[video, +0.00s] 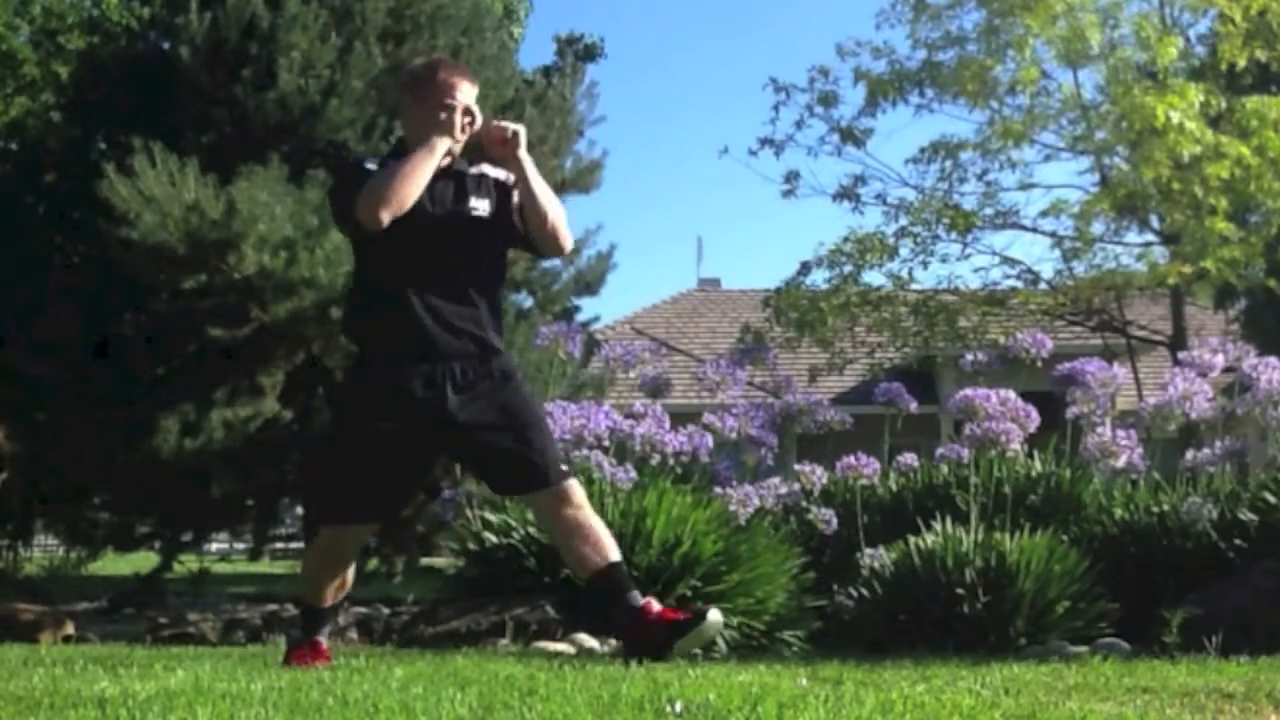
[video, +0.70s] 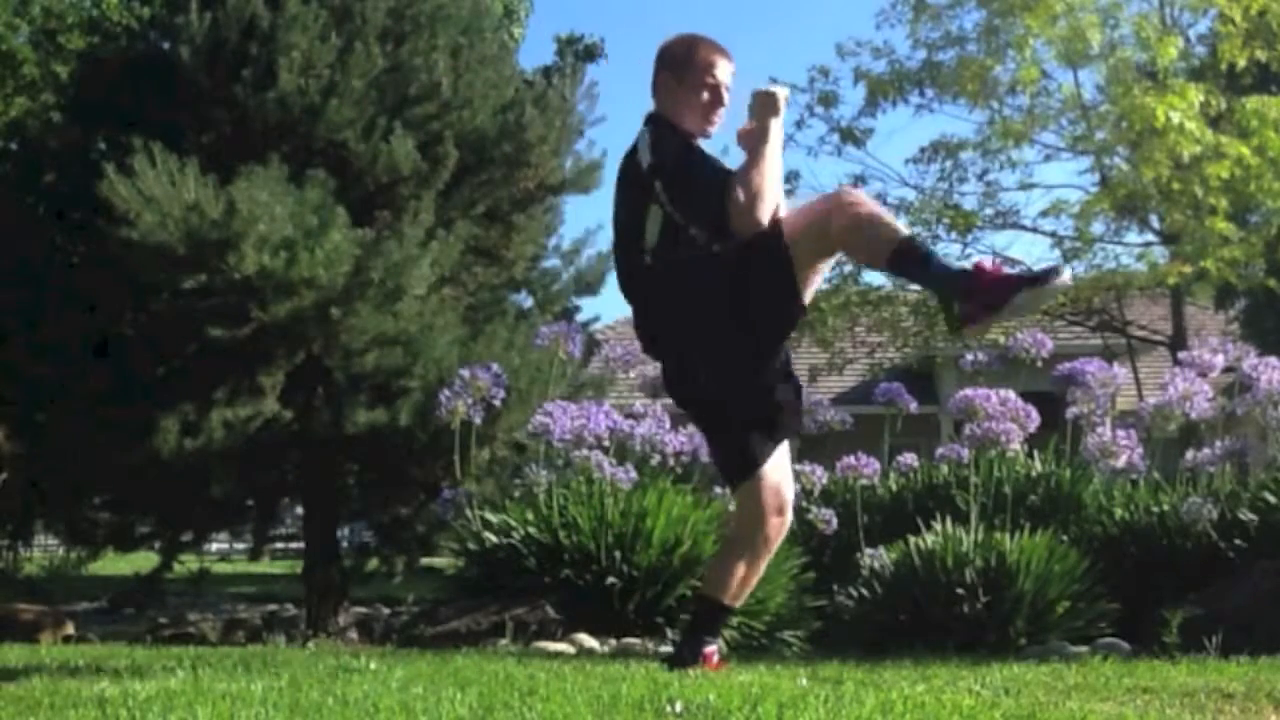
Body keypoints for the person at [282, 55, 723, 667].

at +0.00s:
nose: (457, 120)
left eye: (467, 112)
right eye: (443, 107)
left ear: (477, 121)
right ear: (405, 106)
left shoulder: (496, 185)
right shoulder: (366, 173)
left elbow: (557, 243)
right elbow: (375, 214)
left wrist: (521, 162)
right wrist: (441, 143)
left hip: (482, 372)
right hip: (391, 374)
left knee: (557, 487)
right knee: (344, 521)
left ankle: (633, 615)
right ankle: (310, 639)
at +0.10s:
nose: (495, 126)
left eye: (499, 116)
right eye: (479, 115)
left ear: (504, 132)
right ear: (435, 129)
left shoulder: (523, 205)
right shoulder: (406, 197)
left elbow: (599, 241)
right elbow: (456, 211)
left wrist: (558, 166)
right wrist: (501, 133)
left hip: (516, 400)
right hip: (427, 400)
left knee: (597, 500)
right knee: (362, 540)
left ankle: (661, 635)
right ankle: (312, 640)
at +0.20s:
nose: (529, 119)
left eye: (536, 111)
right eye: (511, 110)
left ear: (548, 125)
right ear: (474, 127)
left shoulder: (553, 190)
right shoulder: (478, 184)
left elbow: (624, 219)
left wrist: (597, 145)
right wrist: (564, 107)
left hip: (579, 392)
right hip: (501, 397)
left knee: (664, 494)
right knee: (419, 533)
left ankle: (678, 639)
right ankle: (319, 626)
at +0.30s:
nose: (572, 96)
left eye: (576, 87)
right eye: (555, 86)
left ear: (584, 99)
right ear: (517, 105)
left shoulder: (581, 159)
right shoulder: (537, 162)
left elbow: (638, 197)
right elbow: (646, 144)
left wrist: (623, 119)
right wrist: (613, 86)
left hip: (633, 355)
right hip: (569, 357)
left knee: (698, 497)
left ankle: (687, 643)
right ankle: (409, 602)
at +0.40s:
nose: (613, 89)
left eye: (616, 80)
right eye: (599, 76)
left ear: (619, 88)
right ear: (558, 82)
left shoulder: (603, 145)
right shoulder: (563, 138)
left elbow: (693, 176)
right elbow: (656, 152)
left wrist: (672, 100)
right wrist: (652, 82)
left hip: (635, 318)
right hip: (603, 315)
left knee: (697, 494)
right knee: (728, 405)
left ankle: (687, 639)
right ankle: (618, 531)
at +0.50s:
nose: (658, 102)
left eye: (662, 93)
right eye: (646, 89)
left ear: (657, 102)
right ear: (606, 89)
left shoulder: (641, 156)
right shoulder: (599, 149)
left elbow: (741, 184)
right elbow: (683, 183)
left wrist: (713, 116)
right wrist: (690, 106)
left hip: (657, 344)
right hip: (644, 307)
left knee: (728, 495)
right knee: (785, 246)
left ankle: (691, 644)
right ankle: (898, 309)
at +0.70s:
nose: (720, 101)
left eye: (724, 92)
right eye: (709, 88)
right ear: (668, 83)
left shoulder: (663, 157)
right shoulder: (663, 150)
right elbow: (750, 217)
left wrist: (756, 142)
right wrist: (766, 126)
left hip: (712, 352)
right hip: (722, 319)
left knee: (767, 514)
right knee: (844, 212)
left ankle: (695, 649)